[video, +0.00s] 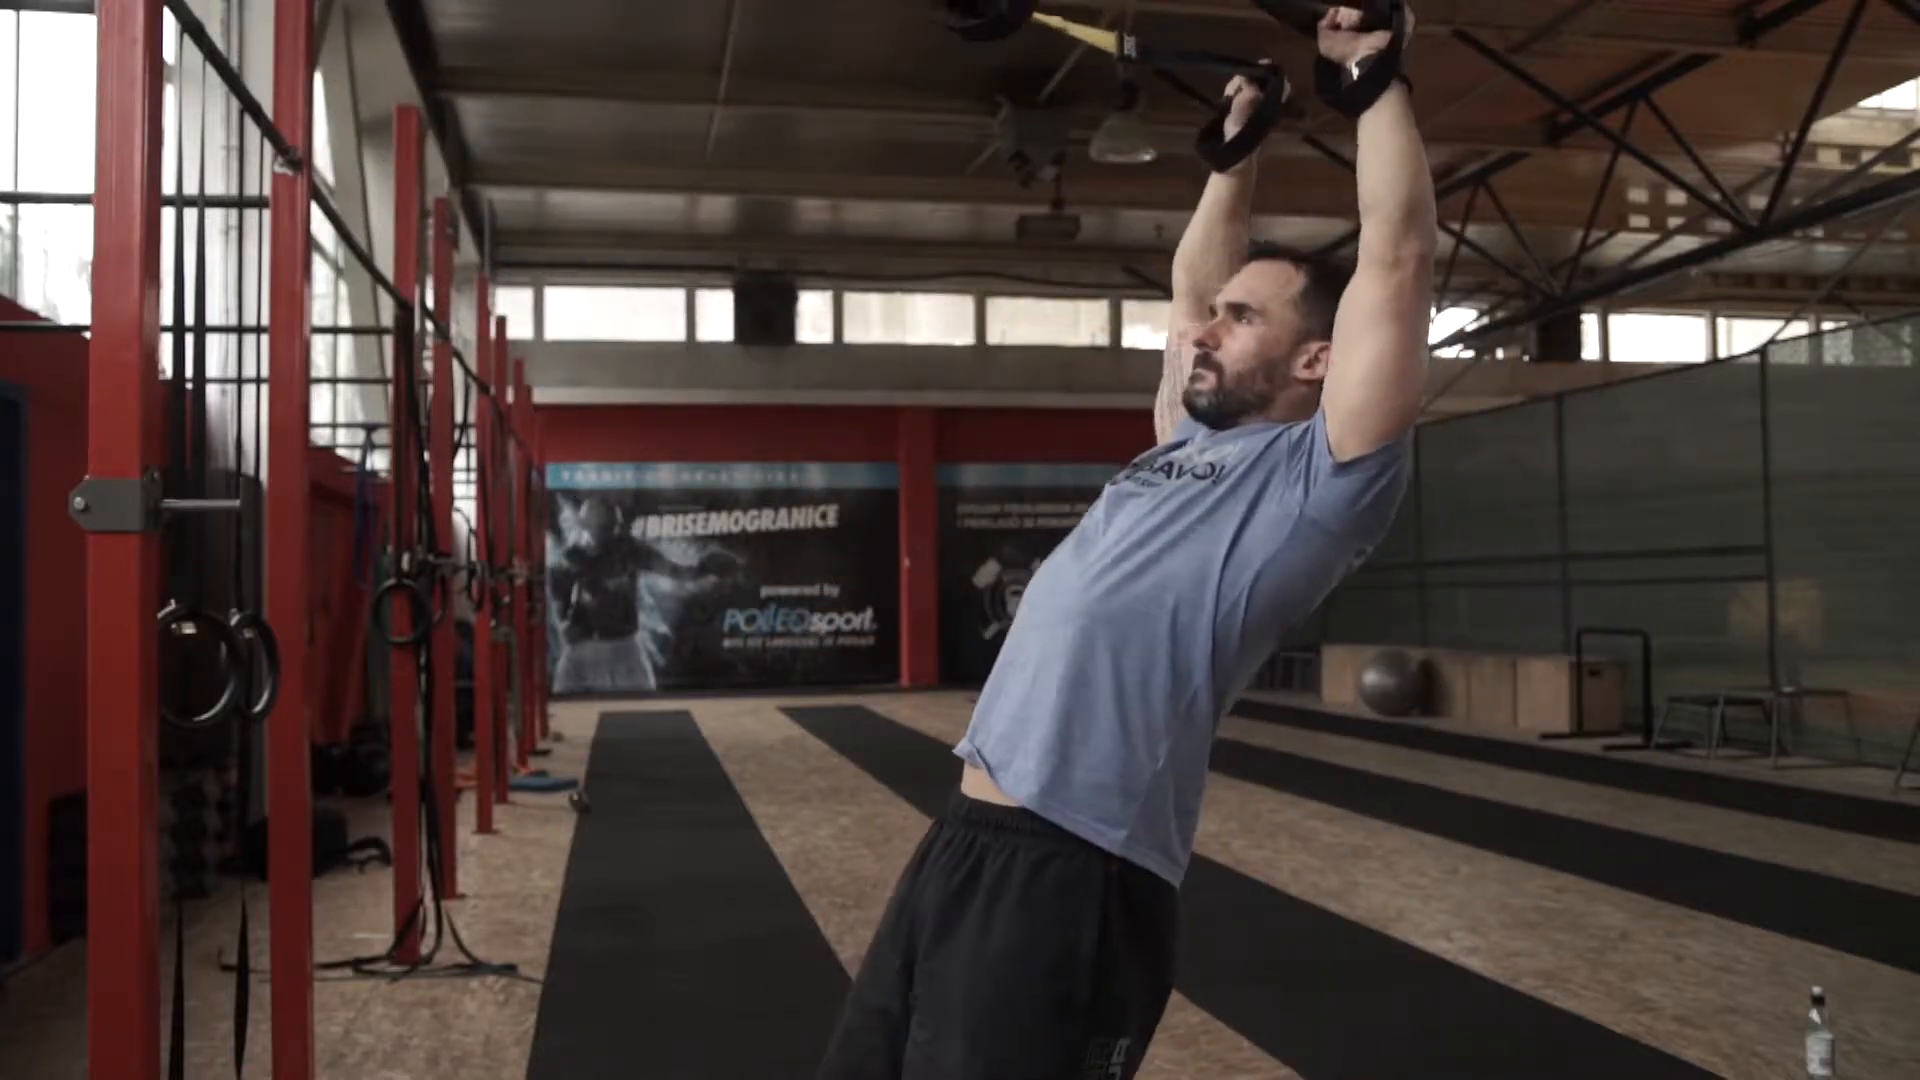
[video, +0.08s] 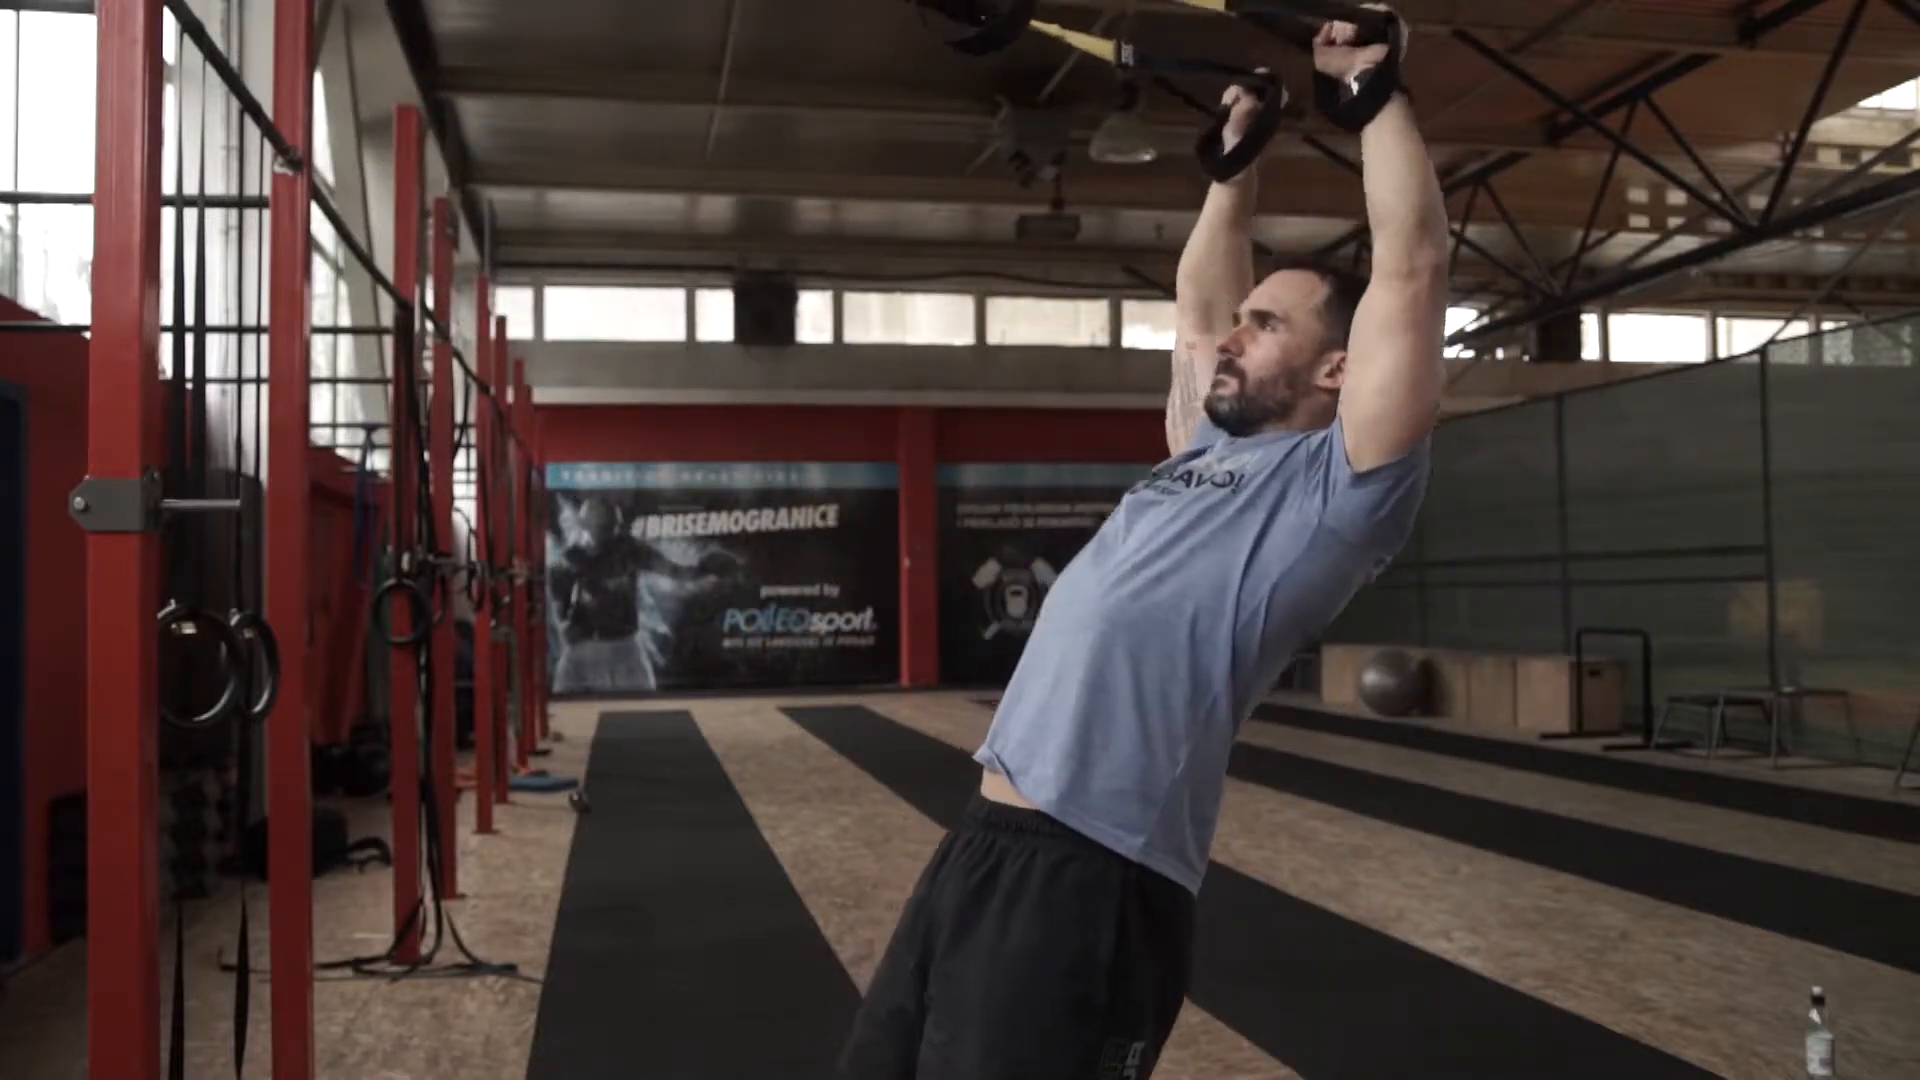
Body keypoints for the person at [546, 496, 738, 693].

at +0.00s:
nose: (601, 530)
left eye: (606, 522)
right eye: (594, 523)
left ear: (615, 521)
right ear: (583, 523)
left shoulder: (629, 549)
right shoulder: (572, 558)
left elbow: (673, 571)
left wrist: (703, 572)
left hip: (625, 649)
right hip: (581, 651)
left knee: (637, 716)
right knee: (573, 719)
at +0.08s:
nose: (602, 529)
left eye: (607, 521)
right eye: (594, 523)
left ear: (615, 520)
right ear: (583, 523)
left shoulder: (629, 549)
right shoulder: (571, 558)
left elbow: (673, 571)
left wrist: (703, 571)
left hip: (625, 649)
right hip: (581, 652)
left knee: (637, 717)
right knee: (573, 719)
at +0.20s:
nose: (600, 527)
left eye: (605, 520)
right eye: (594, 521)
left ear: (615, 520)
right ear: (583, 523)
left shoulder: (629, 549)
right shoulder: (573, 557)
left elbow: (672, 571)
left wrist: (702, 571)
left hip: (625, 647)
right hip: (581, 649)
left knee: (637, 714)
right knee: (573, 717)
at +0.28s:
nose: (600, 527)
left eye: (605, 520)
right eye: (594, 521)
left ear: (615, 520)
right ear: (583, 523)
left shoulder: (629, 549)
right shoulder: (573, 557)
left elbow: (672, 571)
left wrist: (702, 571)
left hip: (625, 647)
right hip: (581, 649)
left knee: (637, 714)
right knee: (573, 717)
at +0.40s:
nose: (601, 529)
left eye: (606, 521)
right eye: (594, 523)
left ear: (615, 520)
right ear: (583, 523)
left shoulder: (629, 549)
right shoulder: (572, 558)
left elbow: (672, 571)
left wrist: (702, 572)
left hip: (625, 648)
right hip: (581, 650)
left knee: (637, 716)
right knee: (573, 718)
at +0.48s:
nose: (601, 529)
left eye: (606, 522)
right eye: (594, 523)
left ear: (616, 521)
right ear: (583, 523)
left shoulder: (629, 549)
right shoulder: (572, 557)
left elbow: (672, 571)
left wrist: (702, 572)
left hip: (625, 648)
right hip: (580, 650)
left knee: (636, 715)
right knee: (573, 718)